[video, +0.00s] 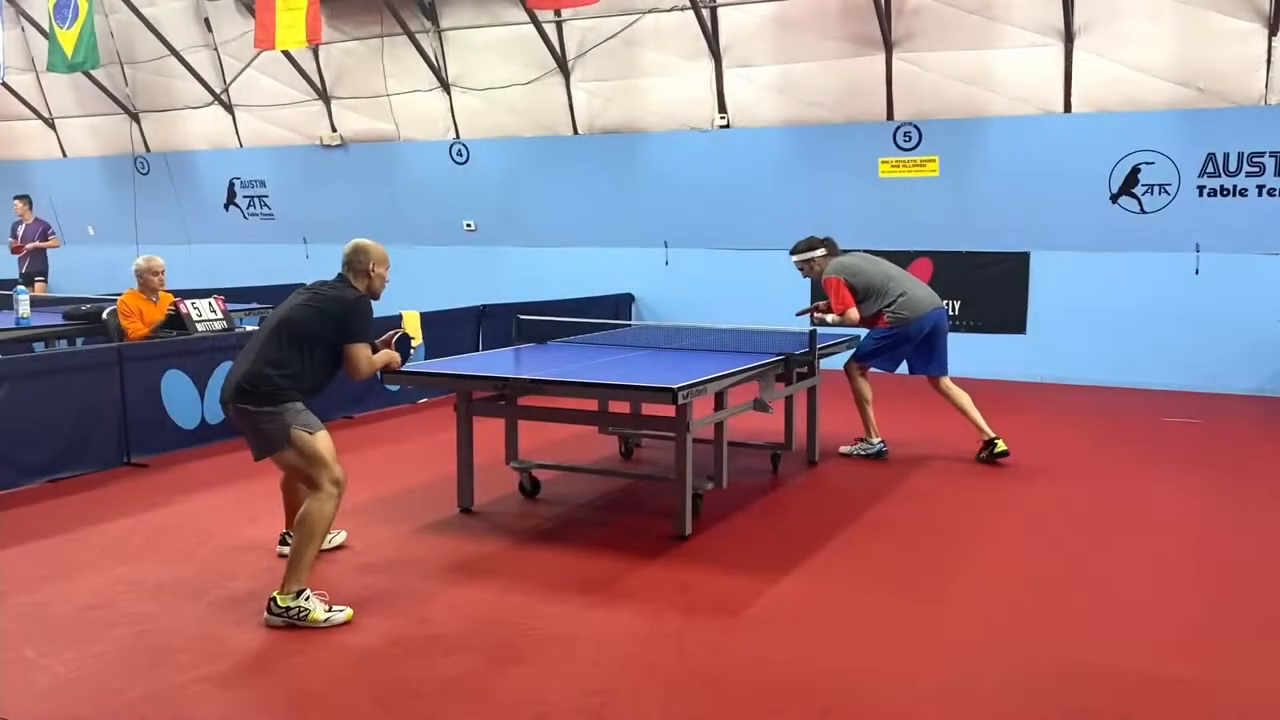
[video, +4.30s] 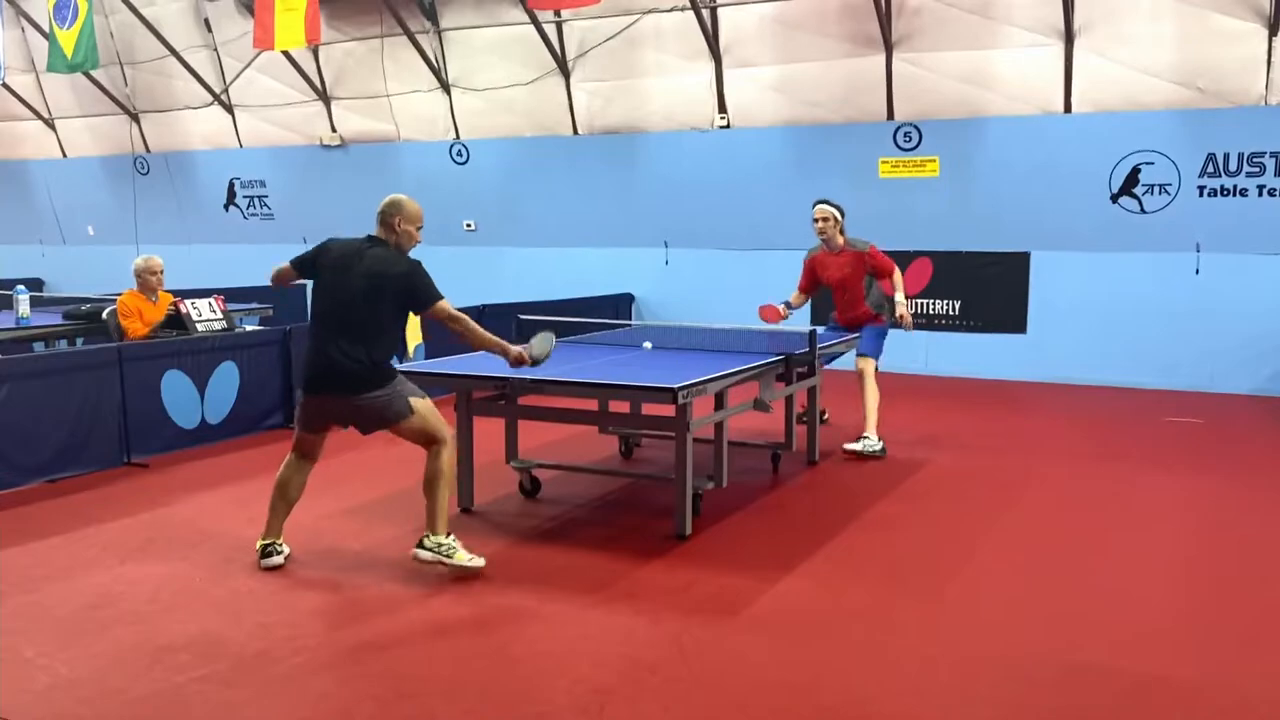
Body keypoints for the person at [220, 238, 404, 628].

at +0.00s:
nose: (387, 277)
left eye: (387, 270)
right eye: (385, 270)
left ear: (350, 270)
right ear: (370, 271)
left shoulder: (316, 291)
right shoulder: (355, 303)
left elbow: (325, 349)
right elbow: (359, 369)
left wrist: (371, 350)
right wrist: (385, 358)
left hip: (241, 392)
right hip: (268, 396)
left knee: (299, 463)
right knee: (330, 482)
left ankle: (296, 533)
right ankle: (289, 597)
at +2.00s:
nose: (388, 266)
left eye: (387, 258)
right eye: (385, 258)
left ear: (348, 257)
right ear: (370, 259)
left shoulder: (317, 281)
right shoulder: (351, 293)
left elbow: (326, 346)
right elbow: (354, 359)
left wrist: (370, 343)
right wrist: (385, 350)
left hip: (247, 389)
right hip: (274, 393)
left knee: (299, 465)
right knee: (329, 484)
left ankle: (297, 534)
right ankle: (289, 597)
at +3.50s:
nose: (389, 235)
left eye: (387, 228)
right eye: (385, 228)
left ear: (348, 230)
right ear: (370, 230)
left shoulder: (309, 259)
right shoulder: (358, 269)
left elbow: (266, 301)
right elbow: (370, 333)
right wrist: (404, 327)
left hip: (281, 385)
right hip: (308, 389)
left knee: (310, 458)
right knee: (346, 487)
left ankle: (299, 534)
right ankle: (289, 597)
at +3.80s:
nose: (388, 235)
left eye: (388, 228)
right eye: (385, 228)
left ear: (350, 226)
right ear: (369, 227)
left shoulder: (307, 256)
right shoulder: (358, 263)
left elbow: (263, 291)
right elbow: (367, 324)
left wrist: (295, 321)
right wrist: (406, 325)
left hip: (284, 379)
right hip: (321, 381)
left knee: (320, 448)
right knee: (382, 465)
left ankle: (293, 539)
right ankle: (332, 560)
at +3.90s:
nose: (390, 239)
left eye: (390, 230)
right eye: (388, 230)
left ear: (355, 222)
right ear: (378, 229)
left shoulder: (315, 257)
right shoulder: (365, 262)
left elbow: (274, 291)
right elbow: (365, 317)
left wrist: (309, 315)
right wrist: (403, 327)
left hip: (294, 380)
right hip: (336, 383)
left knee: (322, 448)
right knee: (388, 445)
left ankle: (294, 538)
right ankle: (388, 560)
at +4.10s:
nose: (408, 241)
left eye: (408, 234)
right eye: (406, 233)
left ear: (368, 230)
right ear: (388, 231)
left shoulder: (323, 262)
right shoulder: (384, 272)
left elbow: (286, 306)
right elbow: (405, 334)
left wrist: (331, 310)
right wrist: (451, 342)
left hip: (306, 383)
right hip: (355, 386)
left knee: (315, 448)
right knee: (417, 463)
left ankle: (286, 538)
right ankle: (428, 567)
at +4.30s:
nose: (419, 238)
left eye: (420, 230)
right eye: (416, 230)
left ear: (381, 224)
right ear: (396, 226)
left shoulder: (331, 250)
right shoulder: (405, 269)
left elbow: (279, 276)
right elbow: (452, 320)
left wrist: (291, 273)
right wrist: (506, 349)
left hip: (318, 380)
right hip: (371, 380)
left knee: (301, 455)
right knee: (442, 439)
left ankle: (269, 542)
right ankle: (436, 537)